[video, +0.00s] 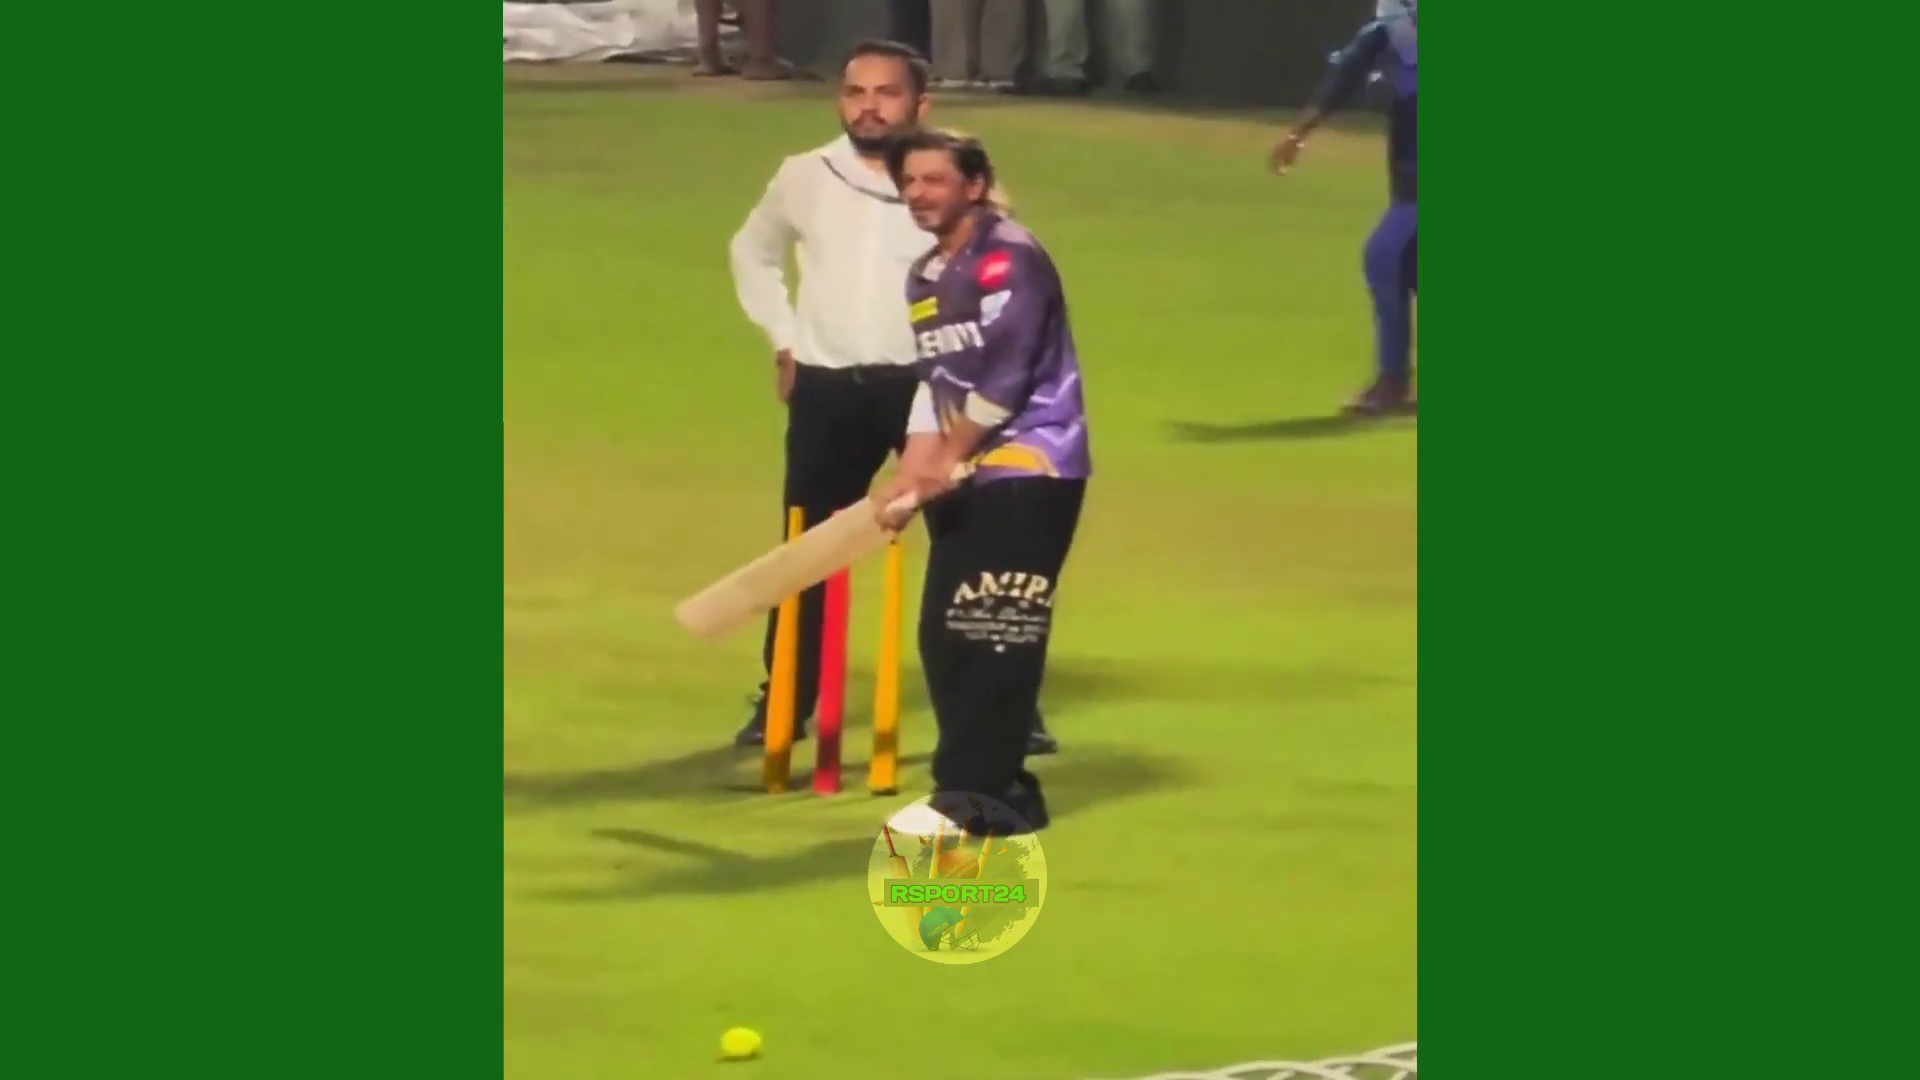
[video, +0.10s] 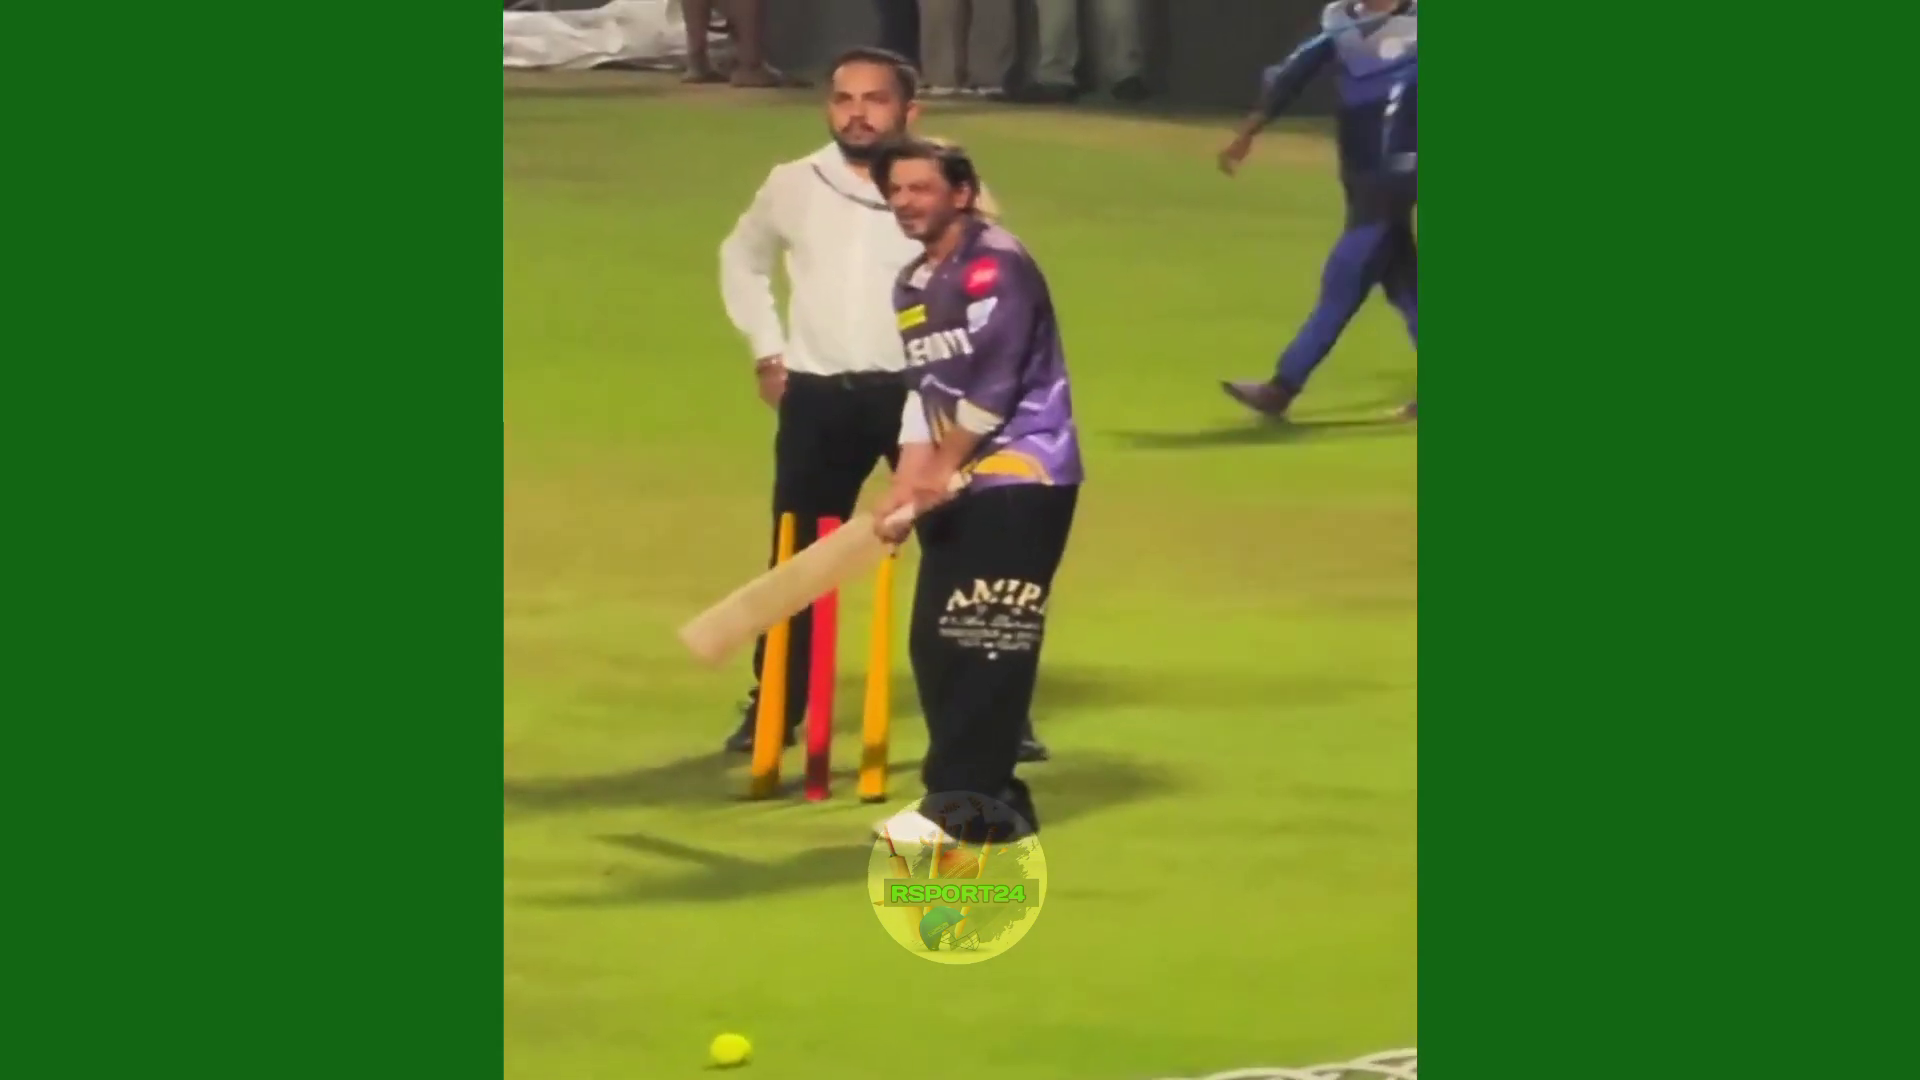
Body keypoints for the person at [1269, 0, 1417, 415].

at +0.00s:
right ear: (1404, 12)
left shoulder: (1396, 27)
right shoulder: (1395, 27)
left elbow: (1344, 76)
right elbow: (1345, 75)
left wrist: (1298, 133)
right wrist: (1299, 133)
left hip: (1418, 196)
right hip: (1410, 194)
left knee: (1384, 255)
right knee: (1389, 261)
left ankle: (1393, 380)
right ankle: (1394, 379)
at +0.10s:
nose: (1367, 2)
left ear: (1399, 1)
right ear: (1356, 0)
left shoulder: (1418, 39)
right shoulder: (1341, 33)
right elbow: (1291, 76)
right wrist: (1247, 133)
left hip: (1396, 188)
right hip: (1363, 189)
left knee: (1344, 278)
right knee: (1409, 290)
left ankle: (1284, 386)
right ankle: (1444, 383)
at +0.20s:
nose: (1322, 2)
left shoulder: (1385, 39)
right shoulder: (1293, 31)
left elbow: (1420, 107)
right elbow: (1254, 84)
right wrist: (1215, 143)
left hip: (1348, 185)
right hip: (1310, 185)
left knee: (1299, 277)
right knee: (1356, 288)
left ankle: (1259, 401)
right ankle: (1429, 372)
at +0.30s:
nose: (1272, 1)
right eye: (1270, 0)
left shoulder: (1335, 41)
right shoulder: (1243, 31)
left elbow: (1363, 117)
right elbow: (1222, 97)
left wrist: (1375, 190)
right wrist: (1188, 159)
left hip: (1299, 187)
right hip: (1254, 187)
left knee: (1271, 292)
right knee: (1258, 296)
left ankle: (1247, 405)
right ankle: (1372, 362)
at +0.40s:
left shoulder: (1303, 39)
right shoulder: (1209, 32)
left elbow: (1323, 120)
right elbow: (1196, 109)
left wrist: (1314, 191)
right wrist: (1168, 176)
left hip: (1269, 190)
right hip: (1220, 187)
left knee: (1252, 295)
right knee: (1197, 283)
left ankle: (1240, 410)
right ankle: (1308, 361)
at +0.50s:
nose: (1189, 0)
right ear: (1188, 1)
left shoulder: (1255, 40)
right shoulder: (1165, 37)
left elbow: (1262, 122)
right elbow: (1157, 103)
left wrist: (1196, 157)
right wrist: (1149, 150)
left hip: (1224, 189)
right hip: (1167, 184)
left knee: (1233, 300)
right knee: (1121, 283)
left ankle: (1240, 409)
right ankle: (1164, 394)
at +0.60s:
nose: (1141, 2)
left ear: (1178, 0)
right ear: (1156, 6)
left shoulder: (1219, 50)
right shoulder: (1132, 47)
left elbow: (1222, 131)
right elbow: (1134, 108)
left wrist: (1143, 144)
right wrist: (1114, 135)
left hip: (1194, 204)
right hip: (1137, 200)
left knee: (1214, 313)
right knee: (1088, 297)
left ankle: (1231, 419)